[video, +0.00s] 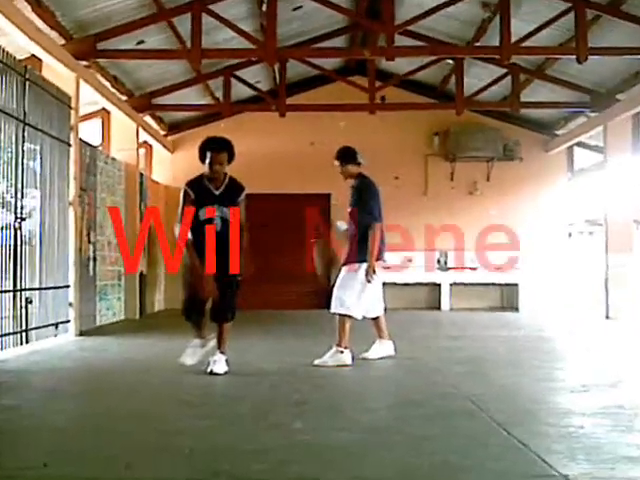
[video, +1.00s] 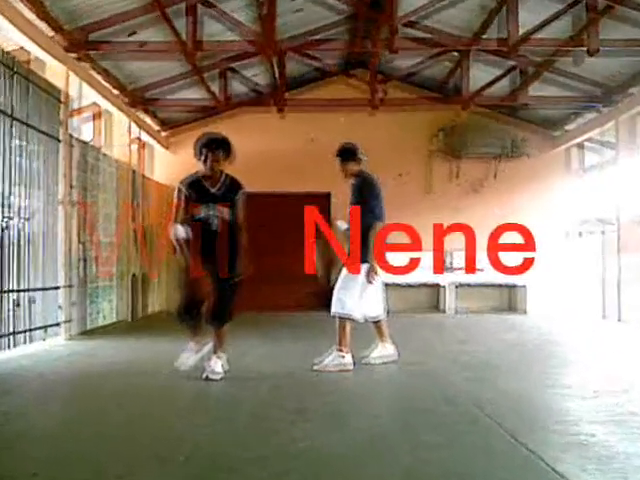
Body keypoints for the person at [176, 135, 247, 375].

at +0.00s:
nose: (219, 169)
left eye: (223, 163)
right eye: (215, 163)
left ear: (229, 163)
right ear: (206, 162)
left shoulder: (237, 190)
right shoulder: (193, 188)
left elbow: (243, 226)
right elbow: (183, 227)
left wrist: (243, 257)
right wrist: (193, 261)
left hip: (228, 257)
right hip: (199, 256)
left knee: (224, 306)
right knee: (194, 304)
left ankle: (221, 352)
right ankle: (201, 340)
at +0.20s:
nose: (218, 167)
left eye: (222, 161)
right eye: (214, 161)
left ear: (227, 161)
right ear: (204, 160)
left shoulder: (235, 188)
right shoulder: (190, 187)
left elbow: (242, 225)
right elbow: (181, 228)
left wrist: (242, 258)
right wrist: (193, 266)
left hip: (227, 255)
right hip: (197, 254)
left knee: (223, 305)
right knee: (192, 302)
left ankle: (219, 354)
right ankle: (199, 341)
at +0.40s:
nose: (215, 165)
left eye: (219, 160)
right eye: (211, 159)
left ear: (227, 161)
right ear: (204, 160)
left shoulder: (236, 189)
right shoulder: (189, 187)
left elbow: (243, 226)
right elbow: (178, 225)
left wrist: (245, 258)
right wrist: (185, 257)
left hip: (227, 256)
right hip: (196, 256)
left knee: (222, 306)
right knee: (190, 304)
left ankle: (220, 354)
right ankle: (199, 340)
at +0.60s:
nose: (216, 163)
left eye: (221, 158)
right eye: (212, 157)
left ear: (227, 160)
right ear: (205, 159)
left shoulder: (236, 189)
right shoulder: (193, 187)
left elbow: (242, 225)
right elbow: (184, 222)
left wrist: (242, 259)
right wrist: (184, 245)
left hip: (226, 255)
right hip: (199, 254)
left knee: (223, 304)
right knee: (196, 298)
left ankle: (220, 351)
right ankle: (199, 340)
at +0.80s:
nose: (214, 167)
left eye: (219, 162)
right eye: (209, 162)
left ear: (226, 161)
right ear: (202, 161)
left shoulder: (235, 188)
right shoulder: (190, 187)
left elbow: (241, 226)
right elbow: (181, 223)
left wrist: (241, 260)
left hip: (225, 260)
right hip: (197, 259)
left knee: (221, 308)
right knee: (192, 304)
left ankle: (218, 354)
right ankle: (197, 341)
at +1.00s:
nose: (212, 166)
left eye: (217, 160)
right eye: (207, 160)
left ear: (225, 161)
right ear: (200, 159)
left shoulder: (235, 189)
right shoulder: (187, 187)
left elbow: (241, 227)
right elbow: (177, 224)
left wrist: (243, 260)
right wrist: (178, 229)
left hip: (227, 261)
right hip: (196, 260)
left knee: (220, 311)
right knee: (190, 306)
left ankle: (218, 354)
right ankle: (197, 341)